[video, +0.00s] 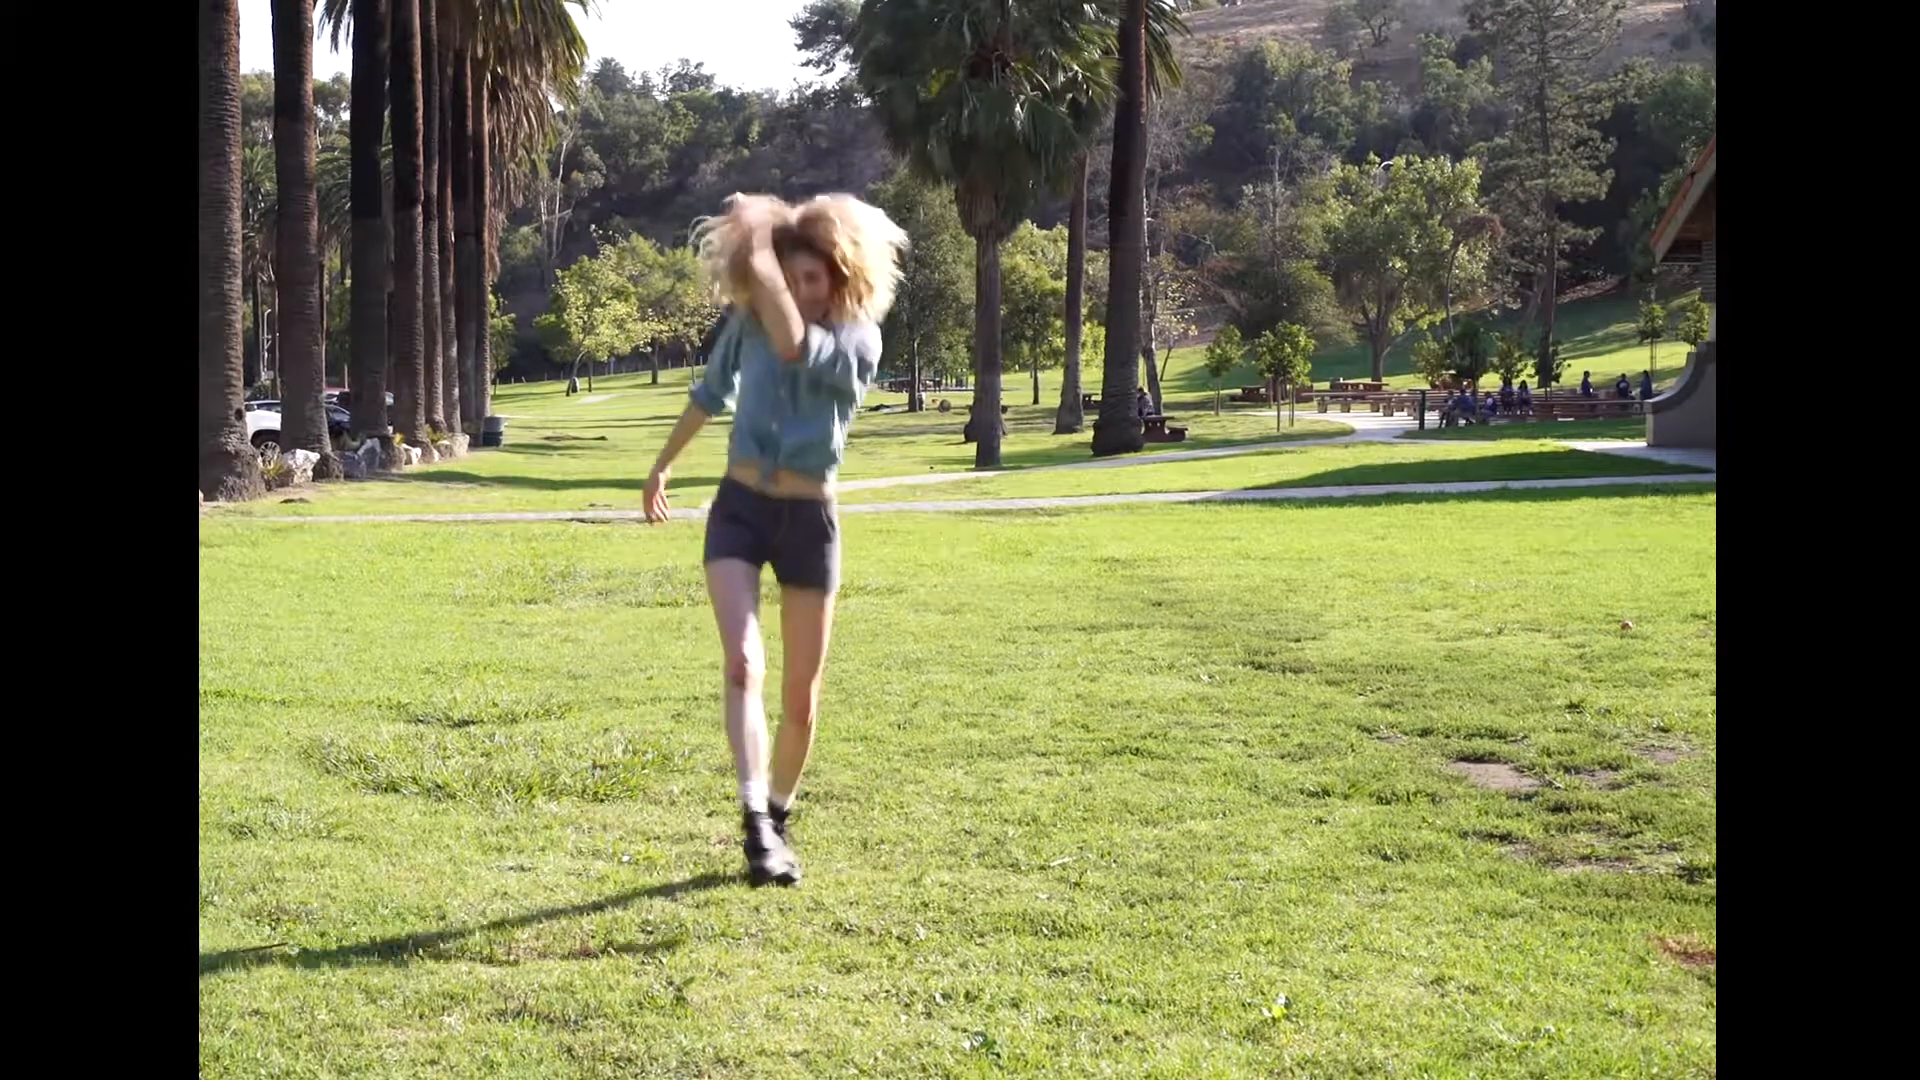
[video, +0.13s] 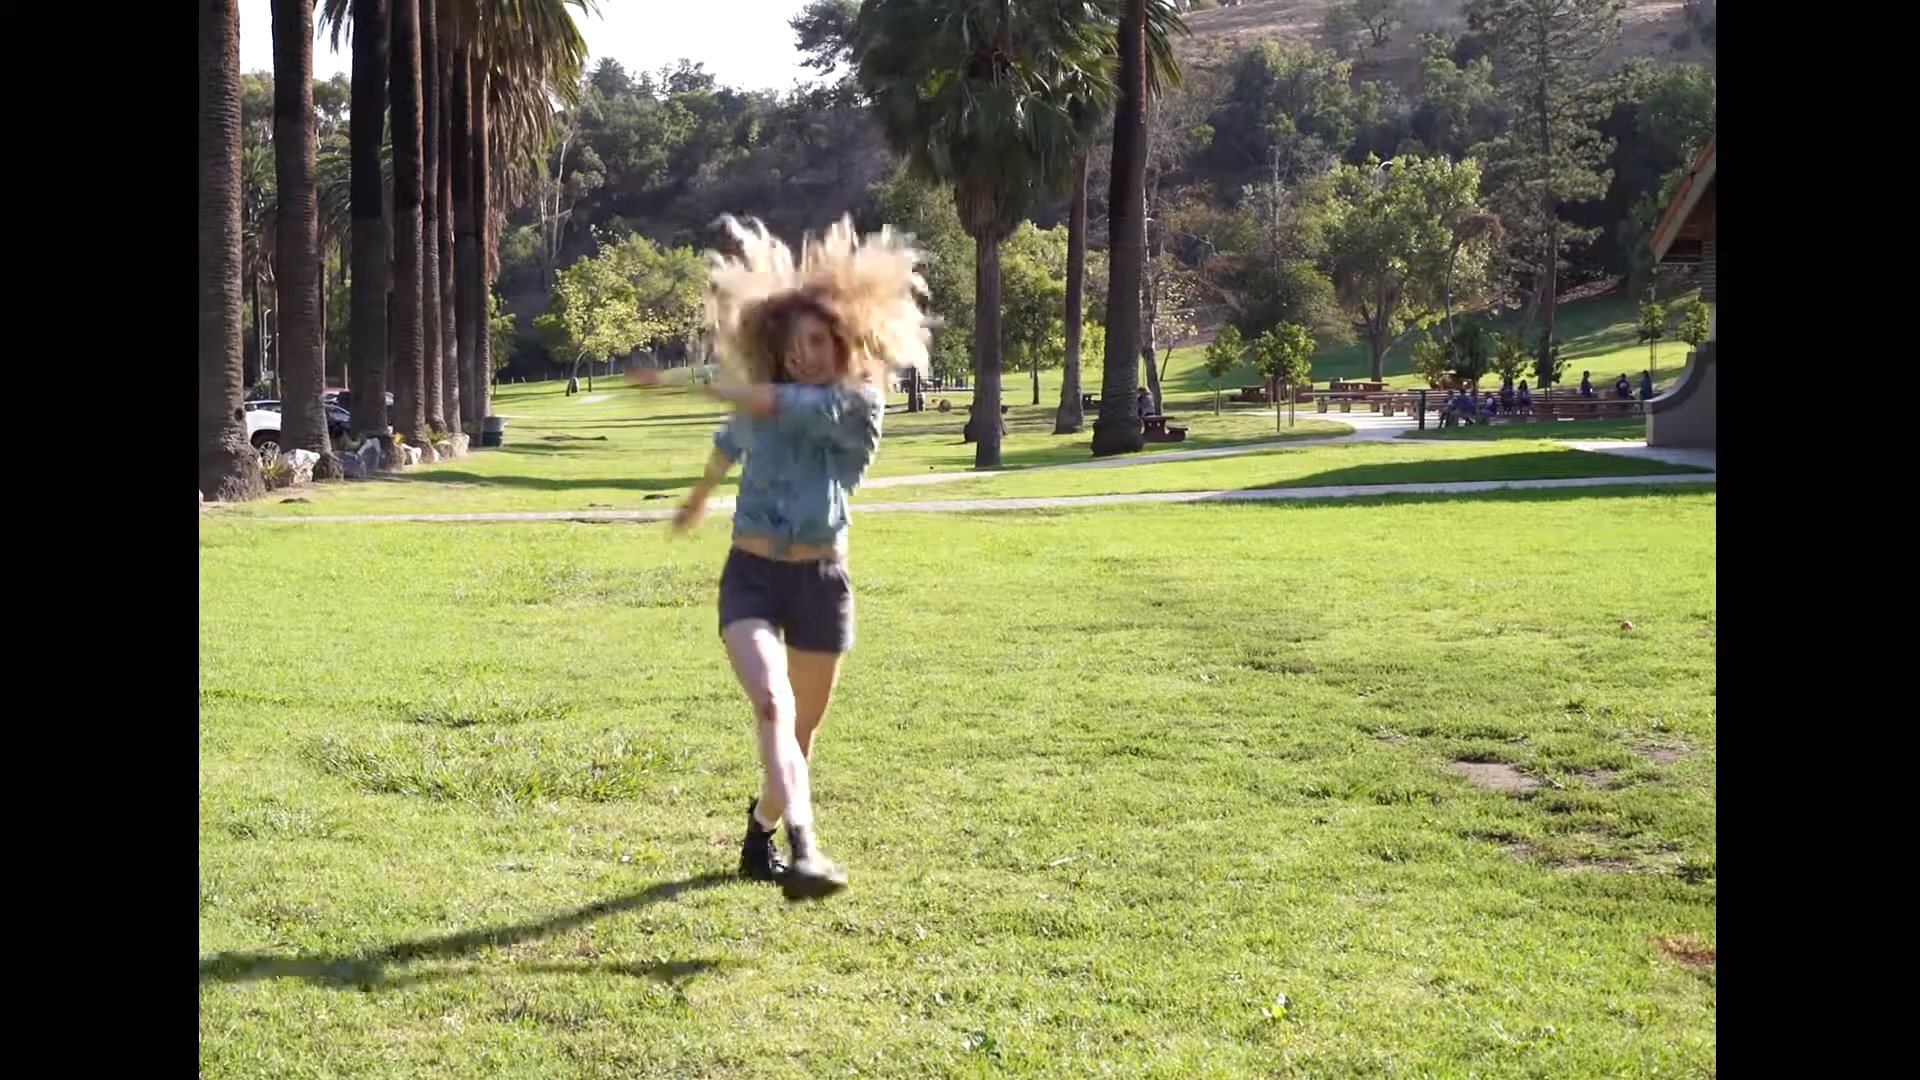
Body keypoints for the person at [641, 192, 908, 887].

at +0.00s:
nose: (802, 288)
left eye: (816, 273)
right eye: (791, 275)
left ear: (843, 276)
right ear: (775, 275)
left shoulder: (857, 339)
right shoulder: (746, 323)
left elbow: (793, 343)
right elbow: (706, 399)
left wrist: (759, 254)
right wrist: (661, 465)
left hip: (809, 520)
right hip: (737, 510)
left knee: (801, 698)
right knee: (743, 665)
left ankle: (776, 816)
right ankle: (757, 823)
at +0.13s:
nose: (806, 353)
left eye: (819, 340)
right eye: (795, 342)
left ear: (843, 344)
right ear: (778, 348)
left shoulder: (857, 403)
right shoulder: (761, 402)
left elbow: (776, 402)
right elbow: (725, 450)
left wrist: (676, 381)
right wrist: (697, 501)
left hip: (821, 580)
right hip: (750, 576)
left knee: (801, 730)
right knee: (773, 704)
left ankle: (761, 831)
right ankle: (804, 852)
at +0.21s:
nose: (807, 355)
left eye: (818, 340)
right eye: (794, 343)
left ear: (839, 343)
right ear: (777, 352)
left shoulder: (856, 402)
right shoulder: (767, 410)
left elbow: (766, 439)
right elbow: (752, 463)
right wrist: (736, 506)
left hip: (832, 591)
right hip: (761, 585)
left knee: (812, 748)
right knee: (783, 731)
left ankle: (770, 827)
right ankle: (833, 891)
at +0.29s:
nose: (803, 348)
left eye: (814, 334)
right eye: (792, 338)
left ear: (839, 338)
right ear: (779, 348)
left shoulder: (848, 406)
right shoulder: (770, 412)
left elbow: (822, 482)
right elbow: (767, 483)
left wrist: (795, 554)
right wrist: (747, 515)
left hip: (840, 593)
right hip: (764, 585)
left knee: (842, 781)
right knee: (799, 752)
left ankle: (787, 787)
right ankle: (843, 911)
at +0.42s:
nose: (804, 358)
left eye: (815, 342)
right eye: (790, 347)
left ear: (835, 343)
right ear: (770, 354)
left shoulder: (859, 410)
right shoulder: (775, 428)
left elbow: (921, 493)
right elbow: (749, 524)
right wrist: (697, 583)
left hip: (840, 613)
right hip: (764, 608)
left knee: (829, 784)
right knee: (781, 786)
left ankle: (879, 816)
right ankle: (839, 912)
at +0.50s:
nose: (812, 360)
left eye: (823, 344)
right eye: (798, 349)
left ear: (843, 347)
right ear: (777, 357)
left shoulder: (871, 416)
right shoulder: (779, 443)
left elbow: (959, 474)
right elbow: (734, 536)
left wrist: (1036, 537)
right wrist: (658, 603)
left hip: (840, 613)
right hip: (771, 613)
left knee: (800, 743)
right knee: (762, 793)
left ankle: (906, 879)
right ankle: (840, 908)